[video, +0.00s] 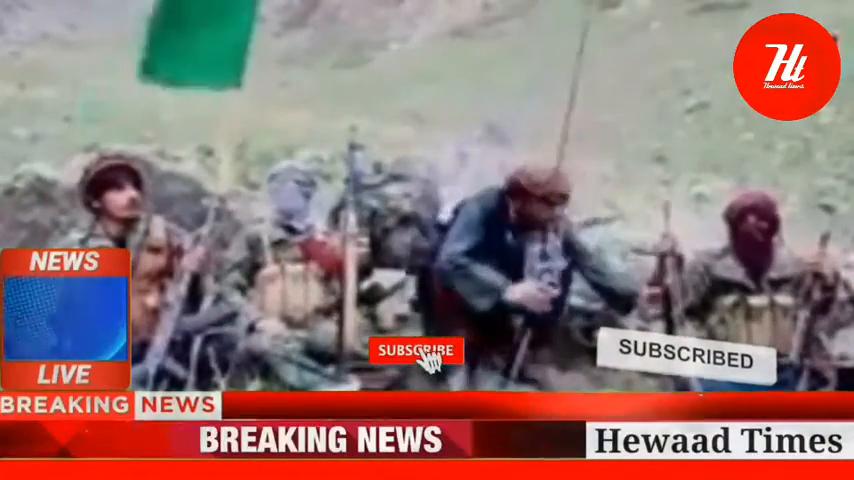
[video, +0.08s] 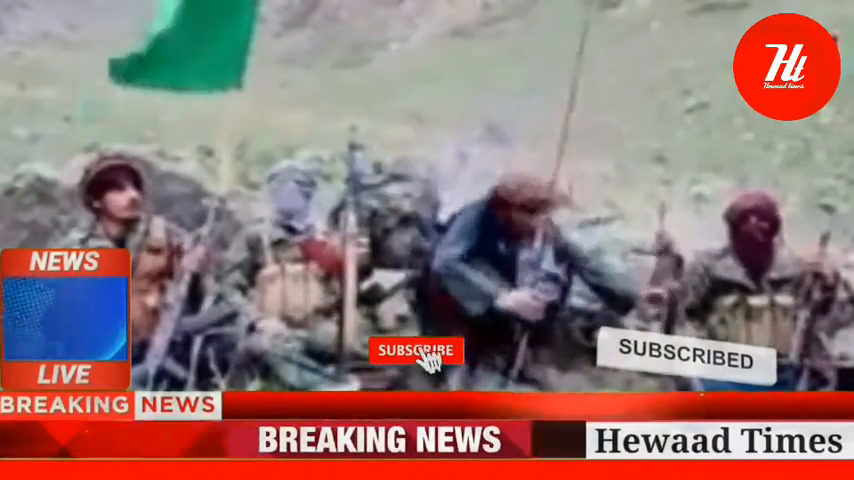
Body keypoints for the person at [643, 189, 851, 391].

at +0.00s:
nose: (753, 224)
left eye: (761, 218)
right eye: (746, 218)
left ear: (773, 226)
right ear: (733, 225)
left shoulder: (795, 268)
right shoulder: (707, 266)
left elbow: (830, 319)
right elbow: (670, 304)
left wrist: (831, 288)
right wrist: (667, 268)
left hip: (785, 374)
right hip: (722, 373)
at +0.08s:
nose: (754, 225)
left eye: (762, 218)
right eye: (746, 218)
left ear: (774, 227)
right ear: (733, 226)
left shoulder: (796, 269)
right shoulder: (707, 267)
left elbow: (825, 319)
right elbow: (681, 306)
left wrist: (830, 290)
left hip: (784, 373)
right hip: (721, 372)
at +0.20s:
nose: (758, 238)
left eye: (766, 228)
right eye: (748, 229)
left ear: (775, 231)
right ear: (733, 233)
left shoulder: (796, 272)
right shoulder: (706, 272)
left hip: (784, 374)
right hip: (723, 375)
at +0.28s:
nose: (758, 238)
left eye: (766, 228)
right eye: (747, 229)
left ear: (776, 233)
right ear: (730, 231)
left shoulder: (799, 274)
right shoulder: (701, 273)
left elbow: (835, 316)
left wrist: (829, 289)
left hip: (787, 379)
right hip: (720, 380)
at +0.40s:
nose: (756, 242)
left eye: (764, 233)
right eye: (746, 233)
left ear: (775, 235)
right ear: (728, 234)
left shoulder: (796, 274)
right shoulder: (693, 276)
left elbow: (842, 308)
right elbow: (654, 312)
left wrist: (823, 291)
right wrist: (715, 309)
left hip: (788, 379)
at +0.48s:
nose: (754, 242)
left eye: (761, 232)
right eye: (743, 233)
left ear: (771, 234)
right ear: (725, 236)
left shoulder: (792, 272)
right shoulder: (694, 276)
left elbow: (838, 306)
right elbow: (656, 309)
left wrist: (820, 285)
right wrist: (711, 334)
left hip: (787, 374)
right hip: (719, 379)